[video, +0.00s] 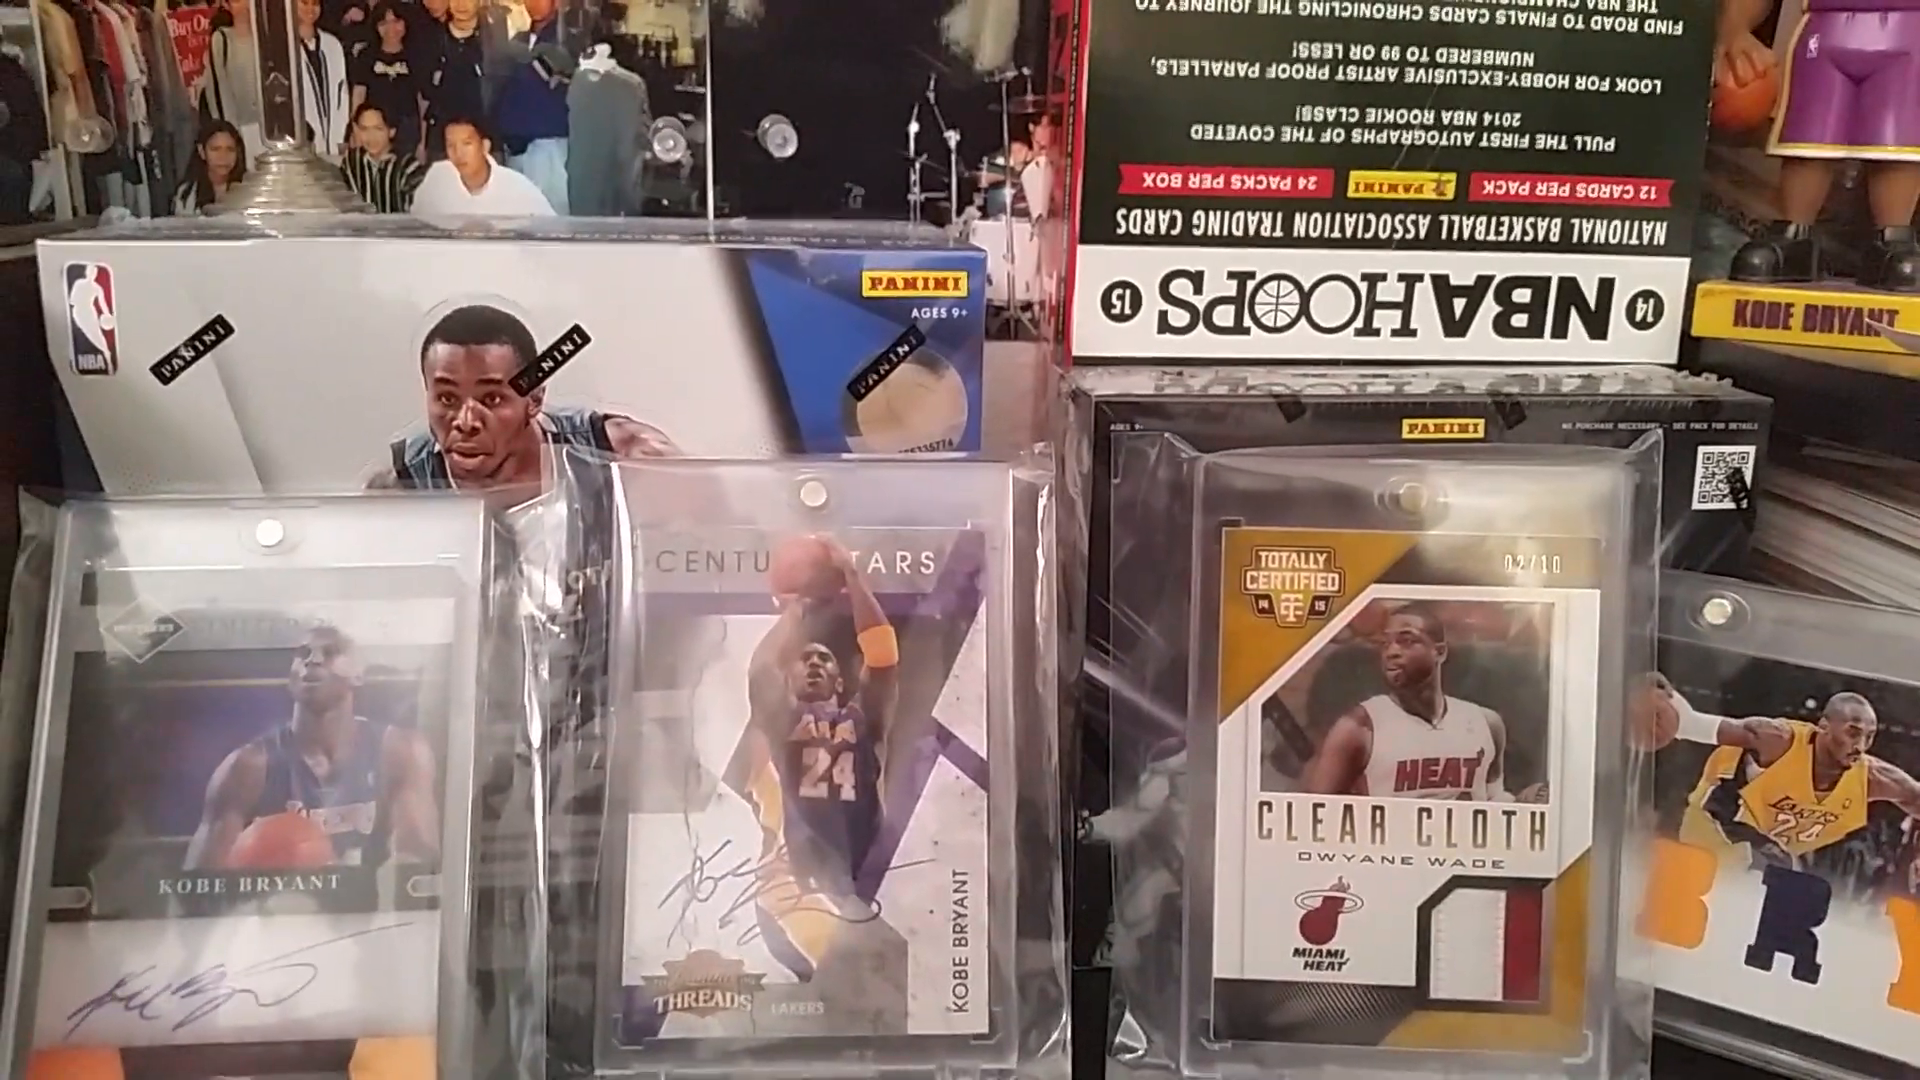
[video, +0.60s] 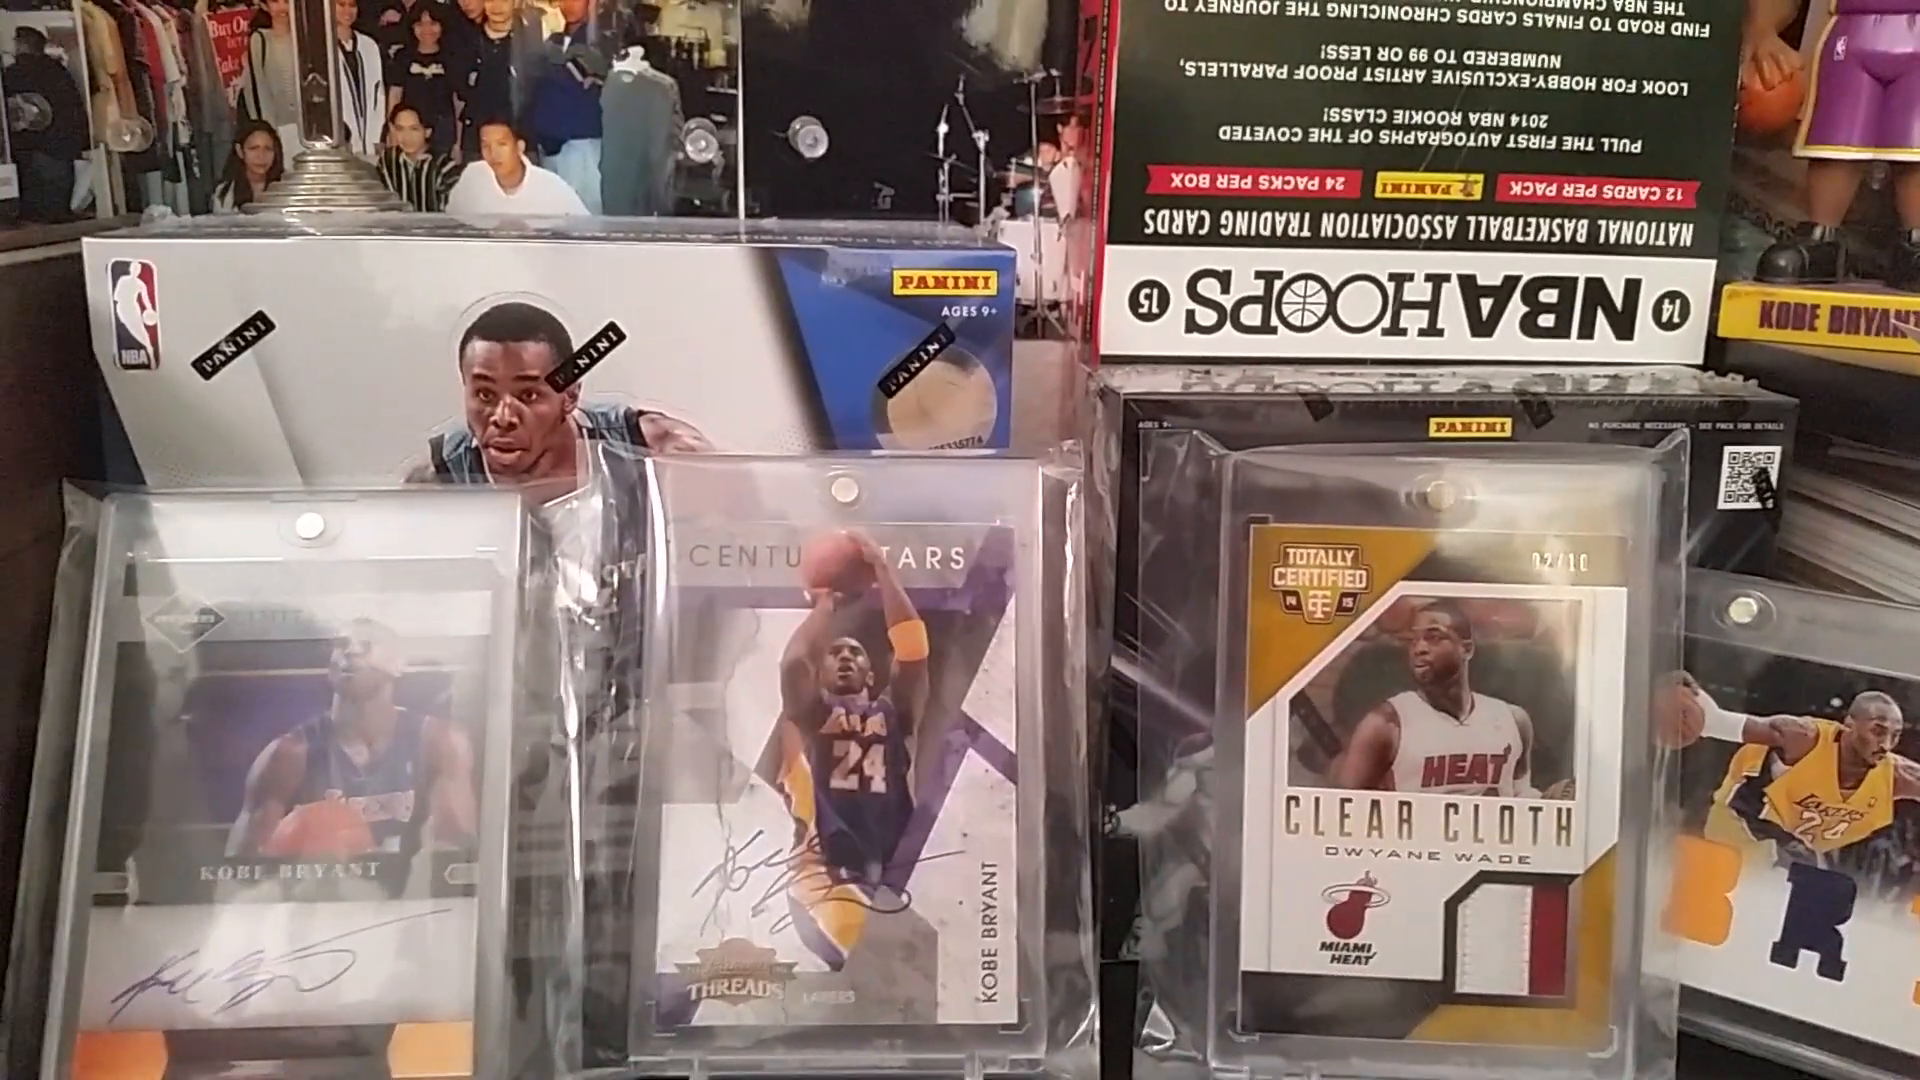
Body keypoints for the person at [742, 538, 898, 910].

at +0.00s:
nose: (814, 665)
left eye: (824, 660)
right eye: (804, 659)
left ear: (839, 680)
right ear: (789, 674)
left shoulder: (863, 721)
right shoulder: (781, 724)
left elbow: (882, 655)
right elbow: (763, 667)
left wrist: (852, 574)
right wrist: (798, 605)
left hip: (848, 888)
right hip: (789, 884)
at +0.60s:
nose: (845, 658)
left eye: (855, 652)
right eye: (834, 653)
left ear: (871, 670)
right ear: (817, 672)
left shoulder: (896, 712)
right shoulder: (809, 715)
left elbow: (911, 647)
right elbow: (794, 662)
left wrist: (883, 568)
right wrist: (825, 604)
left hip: (886, 868)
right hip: (823, 868)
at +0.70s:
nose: (856, 658)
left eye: (867, 651)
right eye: (846, 651)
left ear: (882, 665)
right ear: (828, 662)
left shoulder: (901, 703)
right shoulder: (822, 708)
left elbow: (922, 643)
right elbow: (810, 657)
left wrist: (894, 576)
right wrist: (834, 604)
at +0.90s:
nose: (895, 651)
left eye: (905, 645)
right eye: (884, 645)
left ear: (921, 662)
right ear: (866, 662)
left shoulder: (943, 707)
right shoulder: (858, 708)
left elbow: (960, 641)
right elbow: (844, 654)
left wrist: (930, 561)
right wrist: (876, 597)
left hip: (937, 859)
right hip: (871, 860)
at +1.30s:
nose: (905, 649)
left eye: (915, 643)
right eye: (893, 644)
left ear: (931, 659)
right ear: (877, 661)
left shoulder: (954, 702)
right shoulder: (874, 703)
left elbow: (970, 637)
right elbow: (854, 653)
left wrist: (942, 563)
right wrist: (885, 596)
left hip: (951, 852)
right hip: (890, 857)